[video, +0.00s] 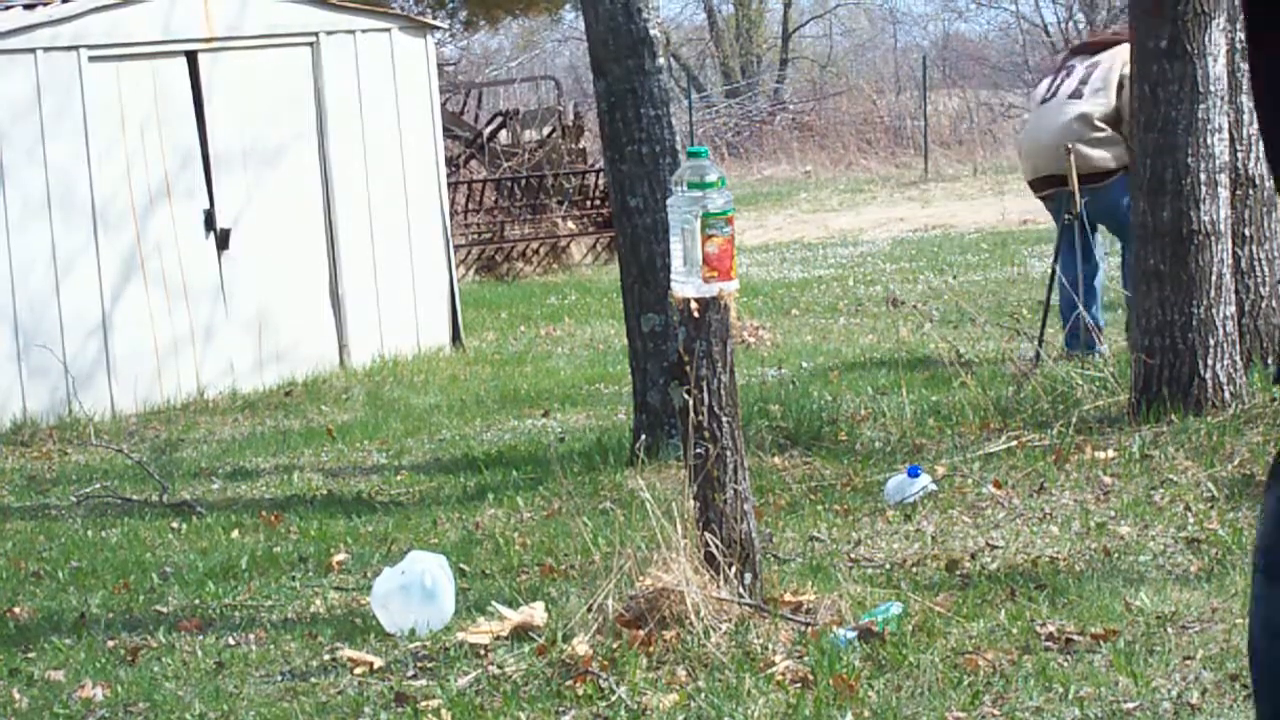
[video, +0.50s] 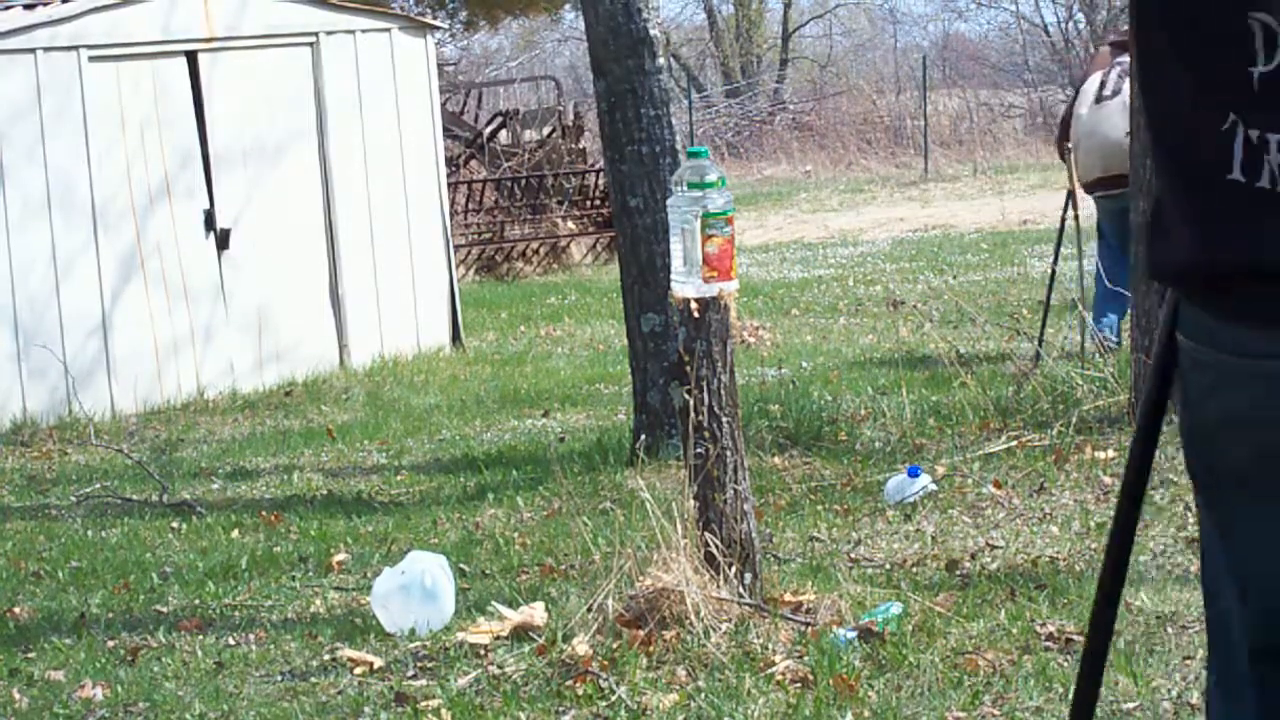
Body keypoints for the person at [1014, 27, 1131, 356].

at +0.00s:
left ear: (1104, 39)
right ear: (1138, 38)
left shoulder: (1067, 64)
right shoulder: (1132, 54)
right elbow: (1133, 118)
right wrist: (1145, 166)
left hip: (1039, 168)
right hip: (1096, 159)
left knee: (1075, 243)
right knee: (1140, 237)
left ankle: (1081, 345)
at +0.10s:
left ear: (1107, 40)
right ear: (1141, 39)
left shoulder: (1068, 68)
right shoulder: (1138, 57)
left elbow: (1033, 129)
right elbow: (1141, 116)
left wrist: (1046, 180)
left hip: (1048, 166)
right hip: (1105, 160)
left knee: (1081, 252)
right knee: (1140, 255)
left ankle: (1081, 346)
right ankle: (1158, 343)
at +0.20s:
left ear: (1094, 52)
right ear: (1136, 46)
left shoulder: (1067, 81)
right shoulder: (1139, 66)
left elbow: (1041, 134)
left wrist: (1058, 181)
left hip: (1069, 174)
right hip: (1120, 170)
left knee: (1088, 260)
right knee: (1146, 261)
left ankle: (1082, 346)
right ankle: (1156, 346)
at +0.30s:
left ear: (1098, 53)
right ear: (1136, 48)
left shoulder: (1077, 81)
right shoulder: (1145, 71)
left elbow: (1051, 135)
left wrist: (1063, 173)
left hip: (1086, 175)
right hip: (1132, 173)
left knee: (1094, 264)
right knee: (1152, 259)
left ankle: (1086, 346)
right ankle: (1159, 344)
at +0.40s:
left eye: (1106, 51)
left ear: (1106, 53)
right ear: (1138, 49)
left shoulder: (1086, 82)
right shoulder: (1151, 74)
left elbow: (1059, 139)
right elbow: (1167, 127)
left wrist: (1075, 175)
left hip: (1095, 177)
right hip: (1143, 176)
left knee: (1104, 254)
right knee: (1155, 257)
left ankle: (1094, 342)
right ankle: (1160, 343)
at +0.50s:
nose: (1095, 58)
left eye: (1100, 52)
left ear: (1113, 50)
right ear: (1140, 48)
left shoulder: (1094, 80)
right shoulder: (1152, 72)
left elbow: (1065, 127)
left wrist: (1068, 157)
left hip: (1100, 174)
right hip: (1143, 172)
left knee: (1111, 250)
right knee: (1152, 250)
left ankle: (1105, 330)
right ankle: (1157, 333)